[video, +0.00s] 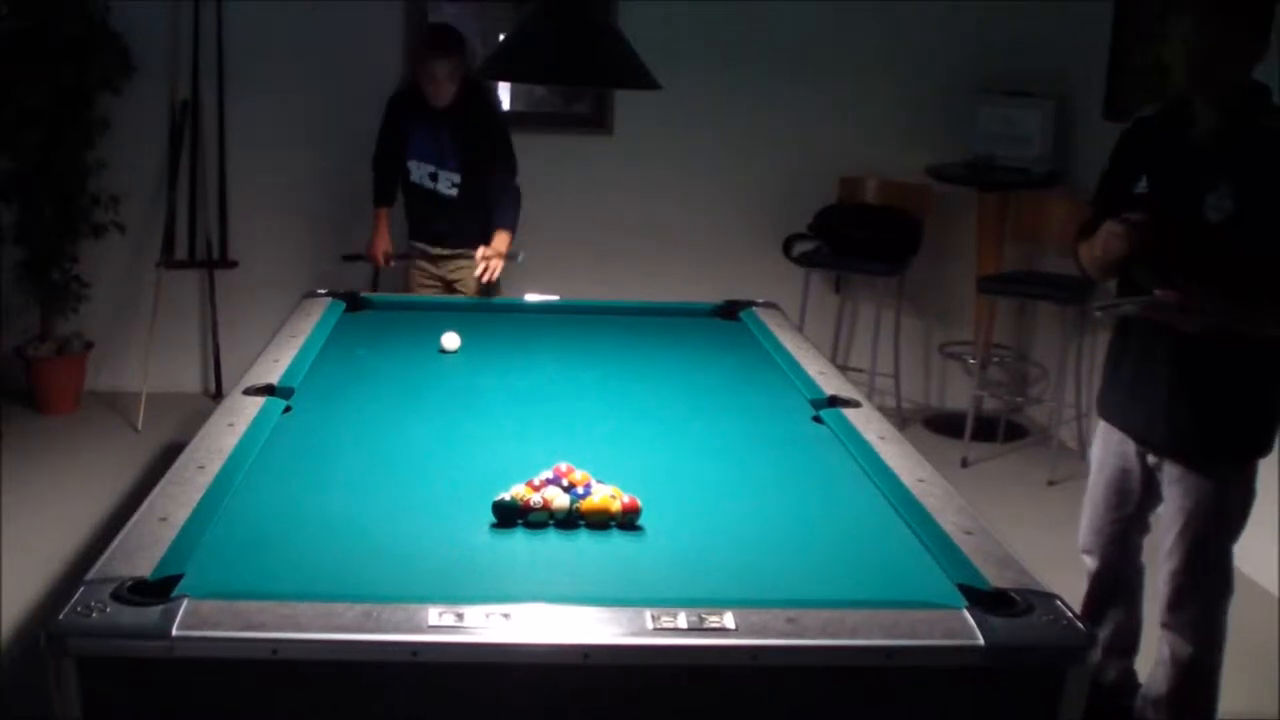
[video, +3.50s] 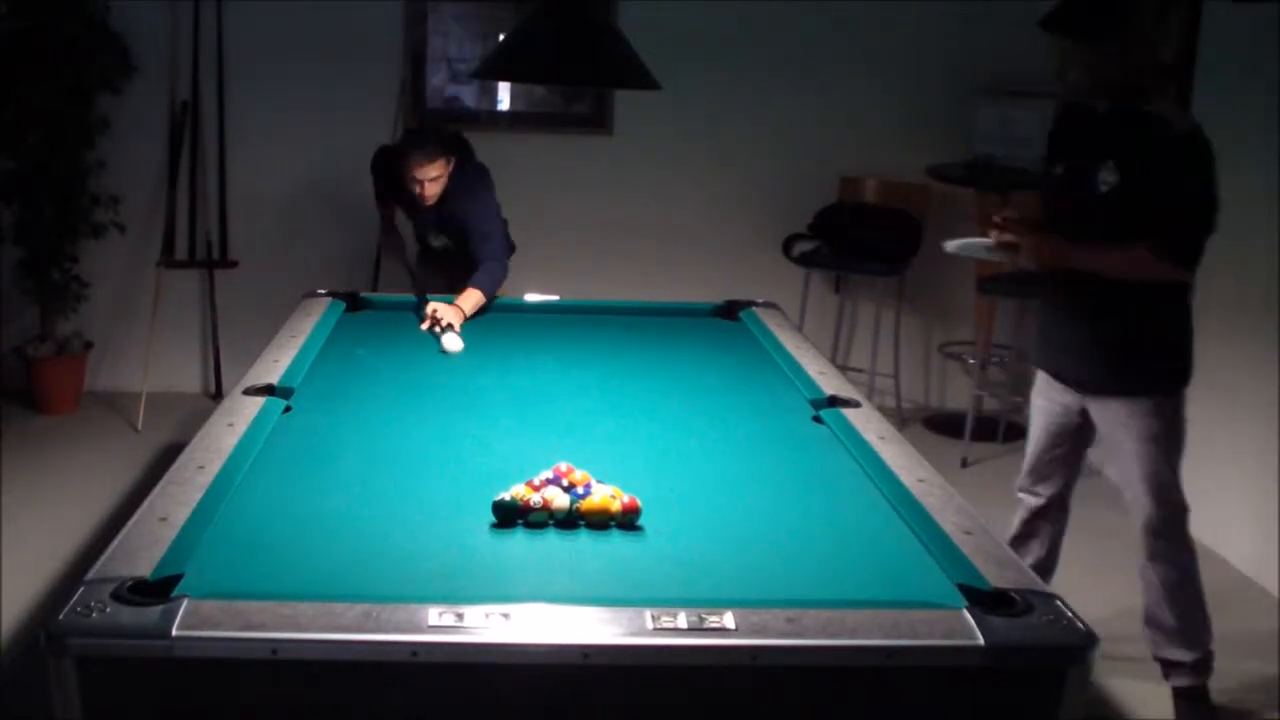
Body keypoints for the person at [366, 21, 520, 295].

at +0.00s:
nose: (440, 86)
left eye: (449, 77)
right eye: (431, 77)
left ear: (461, 74)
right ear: (418, 74)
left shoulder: (481, 112)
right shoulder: (403, 107)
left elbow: (505, 185)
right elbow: (384, 168)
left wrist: (499, 246)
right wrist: (381, 230)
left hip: (473, 258)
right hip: (422, 255)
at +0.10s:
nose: (444, 105)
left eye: (454, 96)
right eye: (436, 95)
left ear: (466, 91)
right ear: (424, 89)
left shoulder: (485, 125)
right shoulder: (409, 112)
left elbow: (501, 204)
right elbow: (395, 166)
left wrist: (486, 269)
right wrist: (391, 221)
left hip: (473, 255)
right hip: (425, 249)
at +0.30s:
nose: (444, 138)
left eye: (453, 130)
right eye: (437, 128)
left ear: (468, 123)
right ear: (425, 119)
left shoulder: (486, 151)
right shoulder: (413, 130)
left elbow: (494, 232)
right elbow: (402, 162)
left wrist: (467, 295)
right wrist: (399, 199)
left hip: (478, 243)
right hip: (434, 236)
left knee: (477, 323)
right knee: (429, 317)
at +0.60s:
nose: (433, 172)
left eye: (442, 163)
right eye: (426, 162)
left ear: (459, 149)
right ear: (416, 151)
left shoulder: (476, 172)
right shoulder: (404, 150)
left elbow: (490, 254)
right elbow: (401, 186)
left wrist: (460, 303)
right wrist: (402, 226)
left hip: (475, 241)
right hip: (435, 238)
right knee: (432, 309)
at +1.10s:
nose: (423, 211)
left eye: (433, 201)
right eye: (415, 201)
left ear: (448, 185)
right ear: (404, 190)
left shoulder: (468, 202)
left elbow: (488, 271)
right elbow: (388, 151)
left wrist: (458, 307)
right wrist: (392, 214)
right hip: (436, 242)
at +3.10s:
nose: (413, 206)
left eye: (421, 195)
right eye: (404, 196)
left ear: (436, 182)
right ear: (392, 188)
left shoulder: (460, 199)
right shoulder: (388, 171)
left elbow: (476, 261)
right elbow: (377, 163)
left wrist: (456, 308)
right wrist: (384, 231)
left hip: (491, 248)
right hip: (441, 245)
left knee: (486, 327)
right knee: (424, 320)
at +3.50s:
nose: (425, 191)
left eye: (435, 180)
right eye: (417, 181)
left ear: (450, 166)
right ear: (404, 171)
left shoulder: (472, 183)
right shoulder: (391, 166)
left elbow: (495, 260)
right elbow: (380, 162)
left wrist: (460, 309)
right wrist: (388, 228)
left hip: (474, 261)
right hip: (432, 257)